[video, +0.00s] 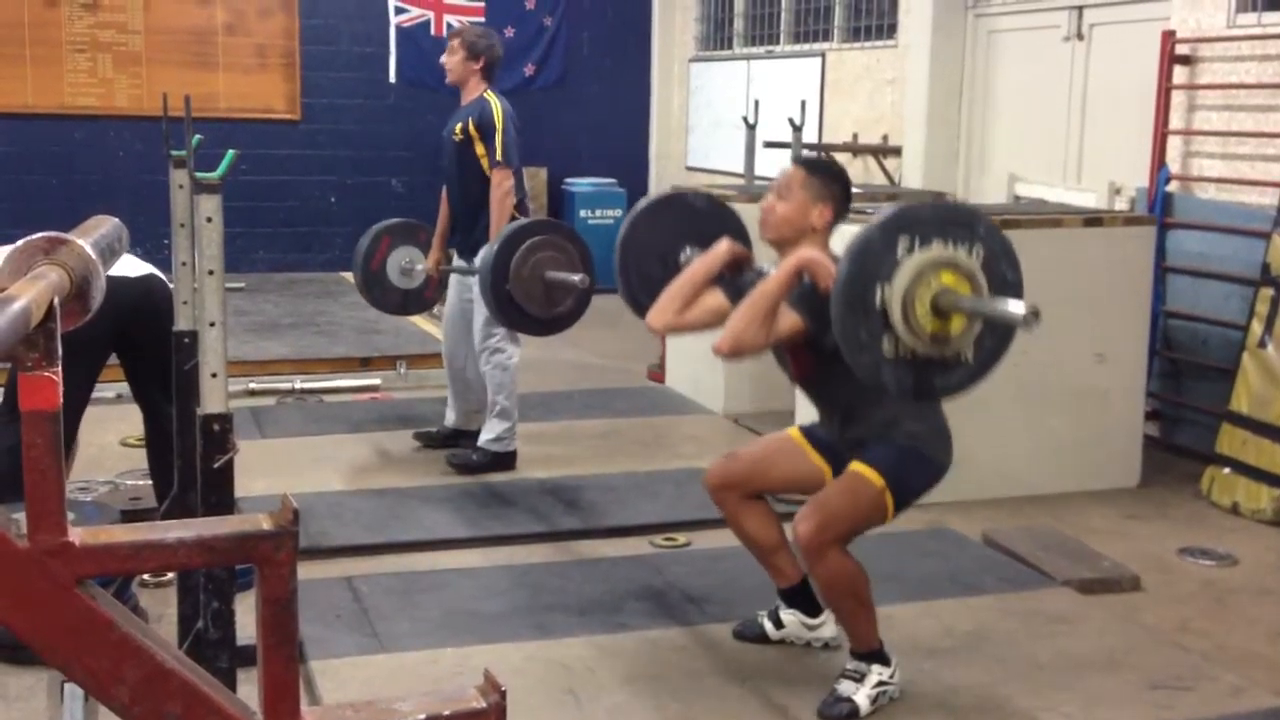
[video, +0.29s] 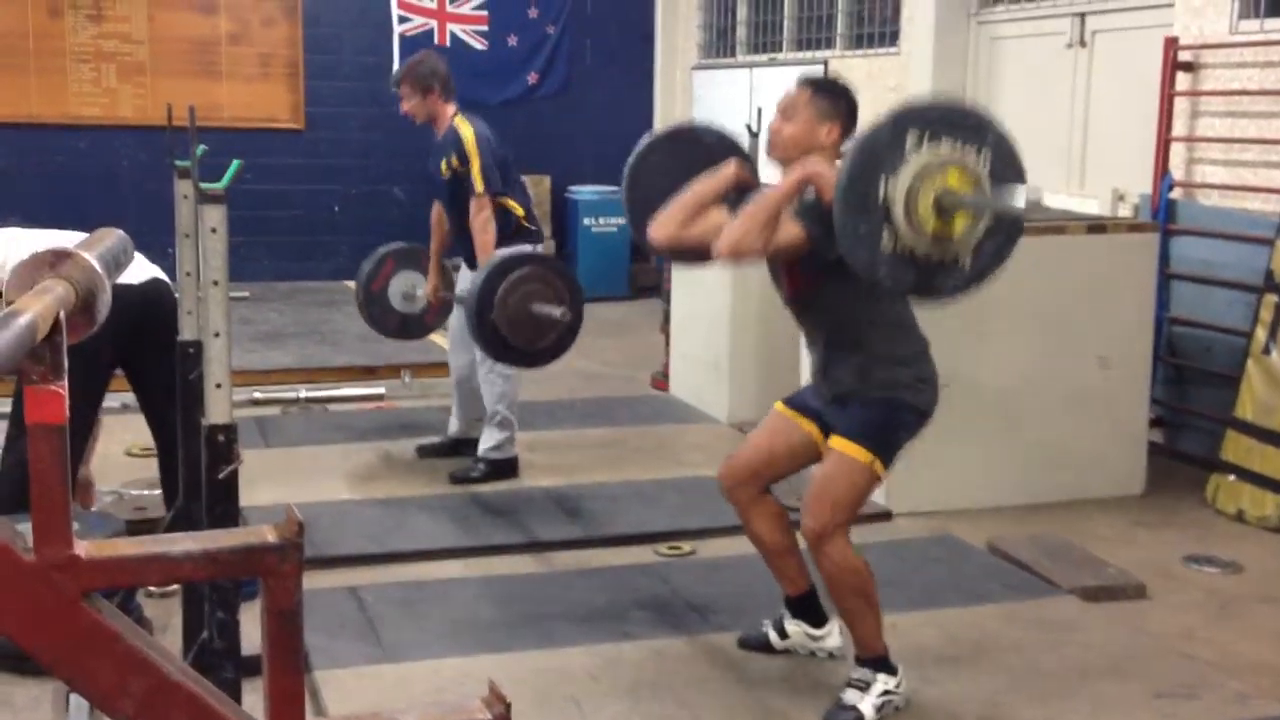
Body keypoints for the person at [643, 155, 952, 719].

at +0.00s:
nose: (766, 204)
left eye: (782, 195)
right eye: (771, 193)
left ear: (819, 214)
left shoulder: (828, 284)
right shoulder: (772, 283)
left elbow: (732, 344)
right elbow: (662, 318)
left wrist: (792, 263)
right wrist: (719, 255)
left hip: (907, 437)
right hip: (843, 431)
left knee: (813, 532)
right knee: (726, 480)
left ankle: (873, 663)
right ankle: (807, 614)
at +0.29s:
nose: (774, 125)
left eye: (788, 116)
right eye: (777, 115)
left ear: (829, 135)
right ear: (798, 135)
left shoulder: (835, 197)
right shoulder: (779, 202)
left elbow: (735, 246)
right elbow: (662, 233)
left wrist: (794, 179)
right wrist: (733, 169)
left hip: (892, 386)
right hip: (835, 381)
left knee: (822, 524)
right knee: (740, 477)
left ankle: (879, 672)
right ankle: (811, 621)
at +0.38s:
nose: (777, 93)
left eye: (792, 83)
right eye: (780, 81)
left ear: (831, 100)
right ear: (798, 99)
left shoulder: (837, 163)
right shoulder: (777, 164)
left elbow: (741, 203)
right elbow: (663, 197)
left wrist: (795, 143)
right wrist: (733, 141)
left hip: (883, 360)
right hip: (832, 355)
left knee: (829, 514)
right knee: (755, 469)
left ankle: (879, 673)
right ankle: (810, 622)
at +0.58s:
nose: (787, 41)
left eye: (803, 29)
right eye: (793, 29)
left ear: (840, 51)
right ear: (820, 47)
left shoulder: (838, 122)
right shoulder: (784, 121)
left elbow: (734, 139)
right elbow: (673, 132)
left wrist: (807, 78)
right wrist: (757, 82)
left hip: (850, 334)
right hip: (804, 332)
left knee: (846, 503)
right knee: (795, 482)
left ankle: (875, 678)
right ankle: (814, 630)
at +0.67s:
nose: (793, 42)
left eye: (809, 30)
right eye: (798, 29)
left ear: (846, 52)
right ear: (826, 48)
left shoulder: (842, 125)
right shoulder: (789, 126)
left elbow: (740, 134)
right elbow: (677, 129)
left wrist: (818, 79)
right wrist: (760, 89)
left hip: (841, 342)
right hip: (798, 337)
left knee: (847, 507)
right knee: (801, 488)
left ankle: (877, 681)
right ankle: (817, 636)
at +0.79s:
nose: (800, 51)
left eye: (817, 39)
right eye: (806, 39)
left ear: (856, 58)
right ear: (835, 57)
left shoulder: (849, 132)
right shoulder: (797, 135)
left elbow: (747, 141)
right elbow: (681, 134)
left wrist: (827, 87)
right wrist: (772, 95)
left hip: (836, 350)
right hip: (794, 346)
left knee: (847, 513)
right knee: (804, 497)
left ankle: (878, 685)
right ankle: (819, 643)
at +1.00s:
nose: (809, 59)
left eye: (827, 48)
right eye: (816, 47)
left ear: (865, 70)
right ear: (839, 68)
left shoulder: (854, 142)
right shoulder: (799, 142)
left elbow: (752, 145)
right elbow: (686, 136)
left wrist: (839, 93)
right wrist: (778, 104)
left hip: (833, 361)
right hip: (788, 358)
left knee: (848, 524)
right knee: (805, 509)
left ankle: (877, 696)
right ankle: (817, 653)